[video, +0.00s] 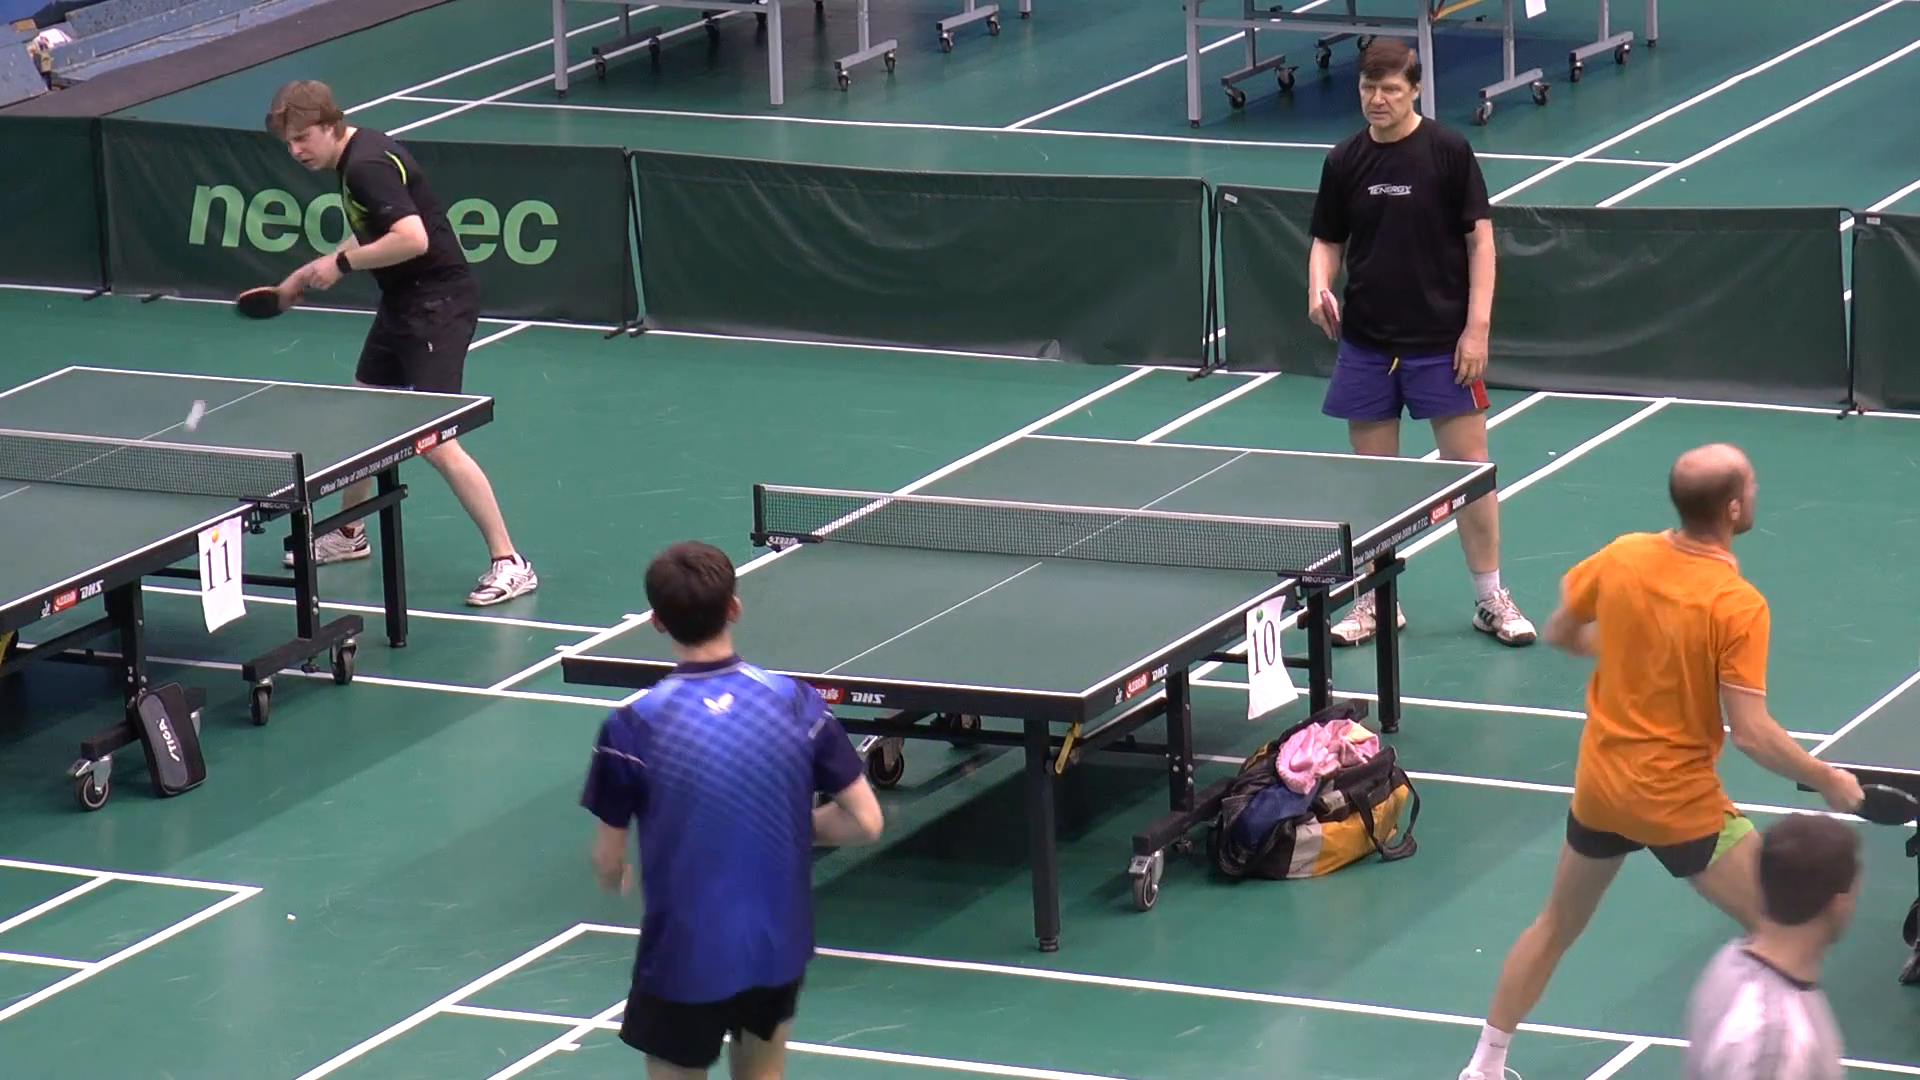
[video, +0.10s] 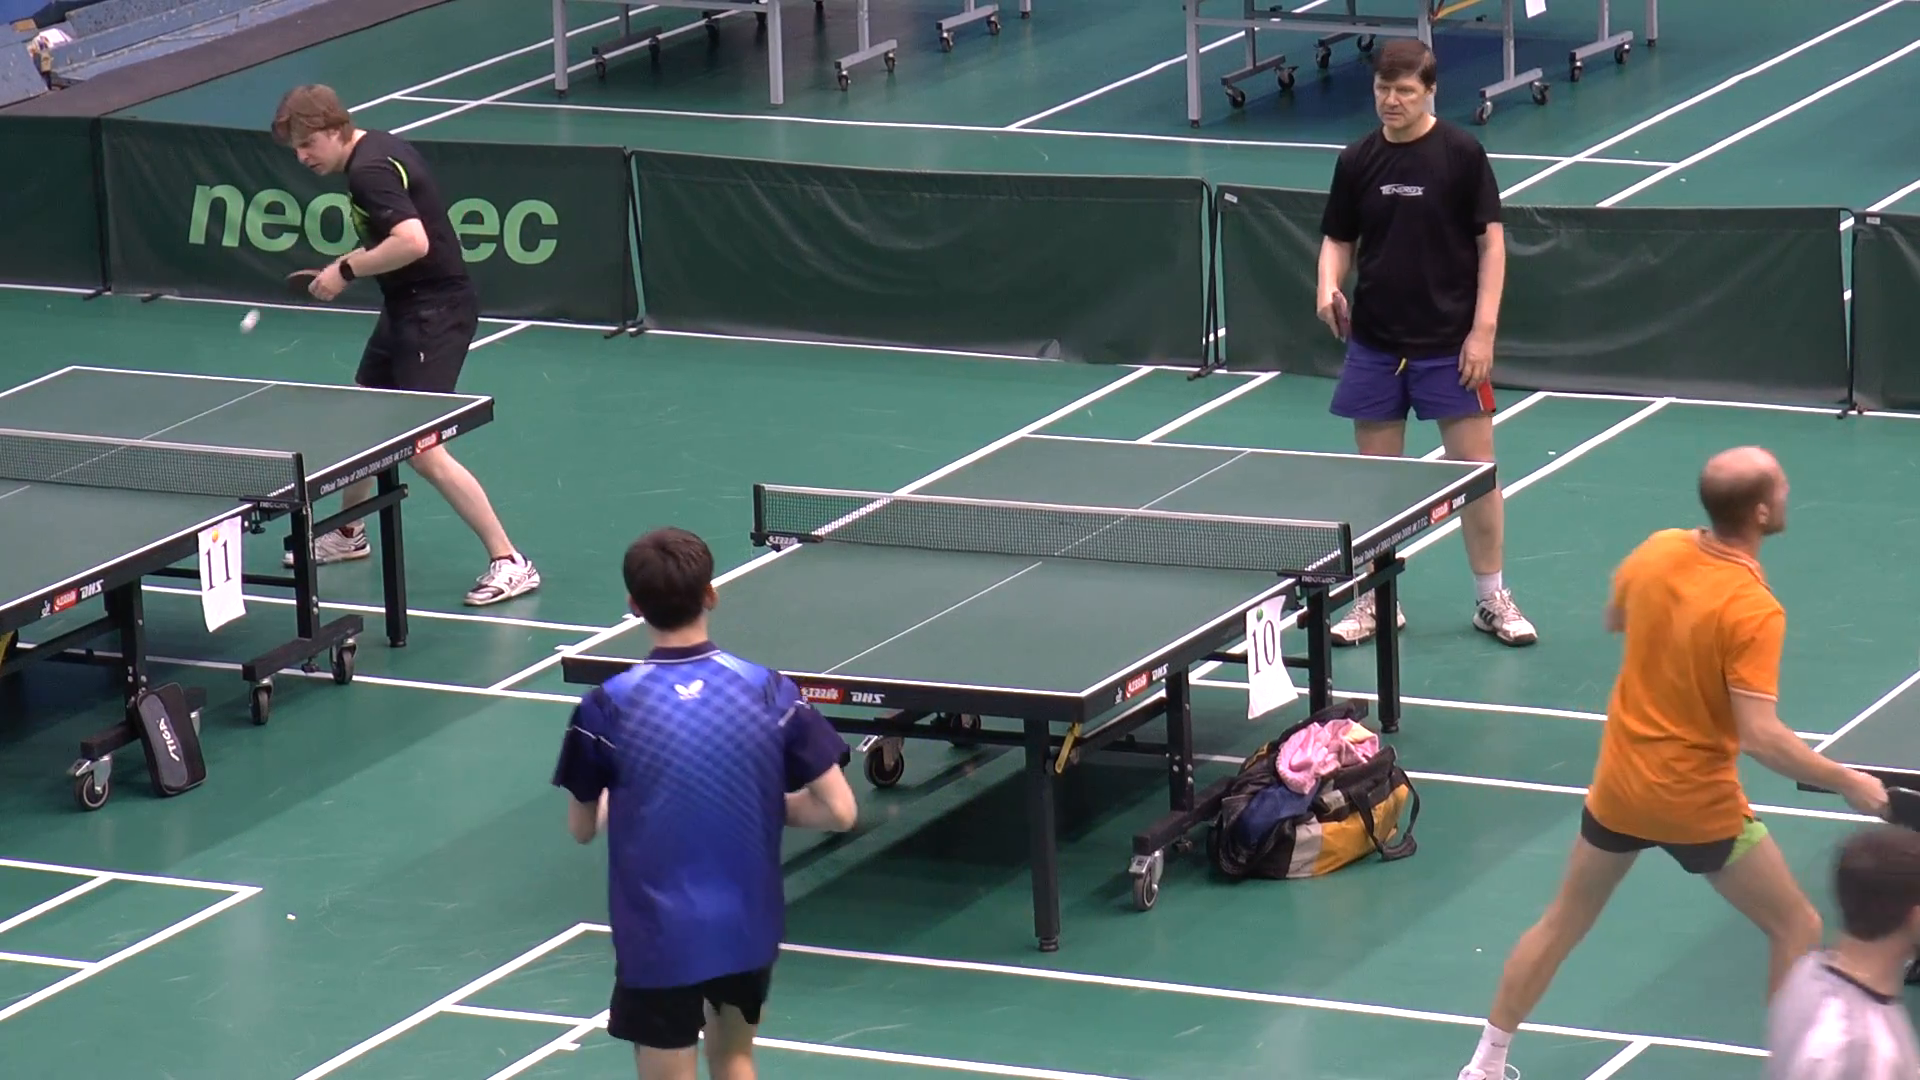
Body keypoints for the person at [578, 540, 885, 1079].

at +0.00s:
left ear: (658, 623)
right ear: (735, 607)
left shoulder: (635, 723)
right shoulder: (798, 702)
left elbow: (608, 859)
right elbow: (866, 821)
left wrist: (614, 877)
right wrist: (787, 818)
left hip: (687, 961)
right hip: (779, 952)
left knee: (675, 1069)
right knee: (763, 1063)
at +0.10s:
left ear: (635, 607)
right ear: (712, 594)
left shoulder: (608, 704)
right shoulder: (770, 690)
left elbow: (583, 826)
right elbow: (840, 812)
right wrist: (758, 798)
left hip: (659, 942)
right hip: (749, 931)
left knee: (668, 1072)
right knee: (735, 1056)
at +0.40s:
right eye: (675, 557)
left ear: (595, 570)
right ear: (670, 566)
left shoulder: (560, 664)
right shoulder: (715, 663)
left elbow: (536, 788)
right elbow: (786, 770)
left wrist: (571, 748)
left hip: (602, 900)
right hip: (688, 895)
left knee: (600, 1053)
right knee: (671, 1027)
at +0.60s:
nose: (648, 515)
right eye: (647, 507)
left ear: (571, 523)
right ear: (645, 519)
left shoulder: (537, 617)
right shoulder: (689, 608)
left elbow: (506, 755)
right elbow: (762, 693)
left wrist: (517, 809)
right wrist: (756, 665)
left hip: (575, 853)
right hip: (667, 851)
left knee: (565, 978)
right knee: (661, 1004)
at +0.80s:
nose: (615, 498)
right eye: (615, 490)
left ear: (545, 509)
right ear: (613, 501)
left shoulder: (513, 603)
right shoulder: (664, 593)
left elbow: (492, 736)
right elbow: (731, 695)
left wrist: (483, 849)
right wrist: (740, 743)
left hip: (560, 836)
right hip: (653, 832)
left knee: (553, 972)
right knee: (655, 991)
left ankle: (554, 1072)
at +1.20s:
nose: (575, 439)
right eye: (575, 432)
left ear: (503, 443)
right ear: (572, 441)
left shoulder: (470, 537)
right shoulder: (620, 531)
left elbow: (443, 664)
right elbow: (647, 660)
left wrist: (441, 753)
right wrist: (653, 766)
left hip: (518, 762)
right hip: (606, 756)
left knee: (535, 917)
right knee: (614, 884)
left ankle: (565, 1069)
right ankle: (617, 1040)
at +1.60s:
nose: (580, 422)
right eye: (587, 412)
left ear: (519, 412)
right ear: (587, 419)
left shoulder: (470, 495)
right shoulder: (614, 510)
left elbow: (430, 613)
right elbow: (648, 633)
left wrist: (422, 664)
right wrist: (653, 730)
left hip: (503, 723)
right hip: (588, 719)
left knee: (501, 862)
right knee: (590, 841)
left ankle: (544, 992)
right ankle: (586, 997)